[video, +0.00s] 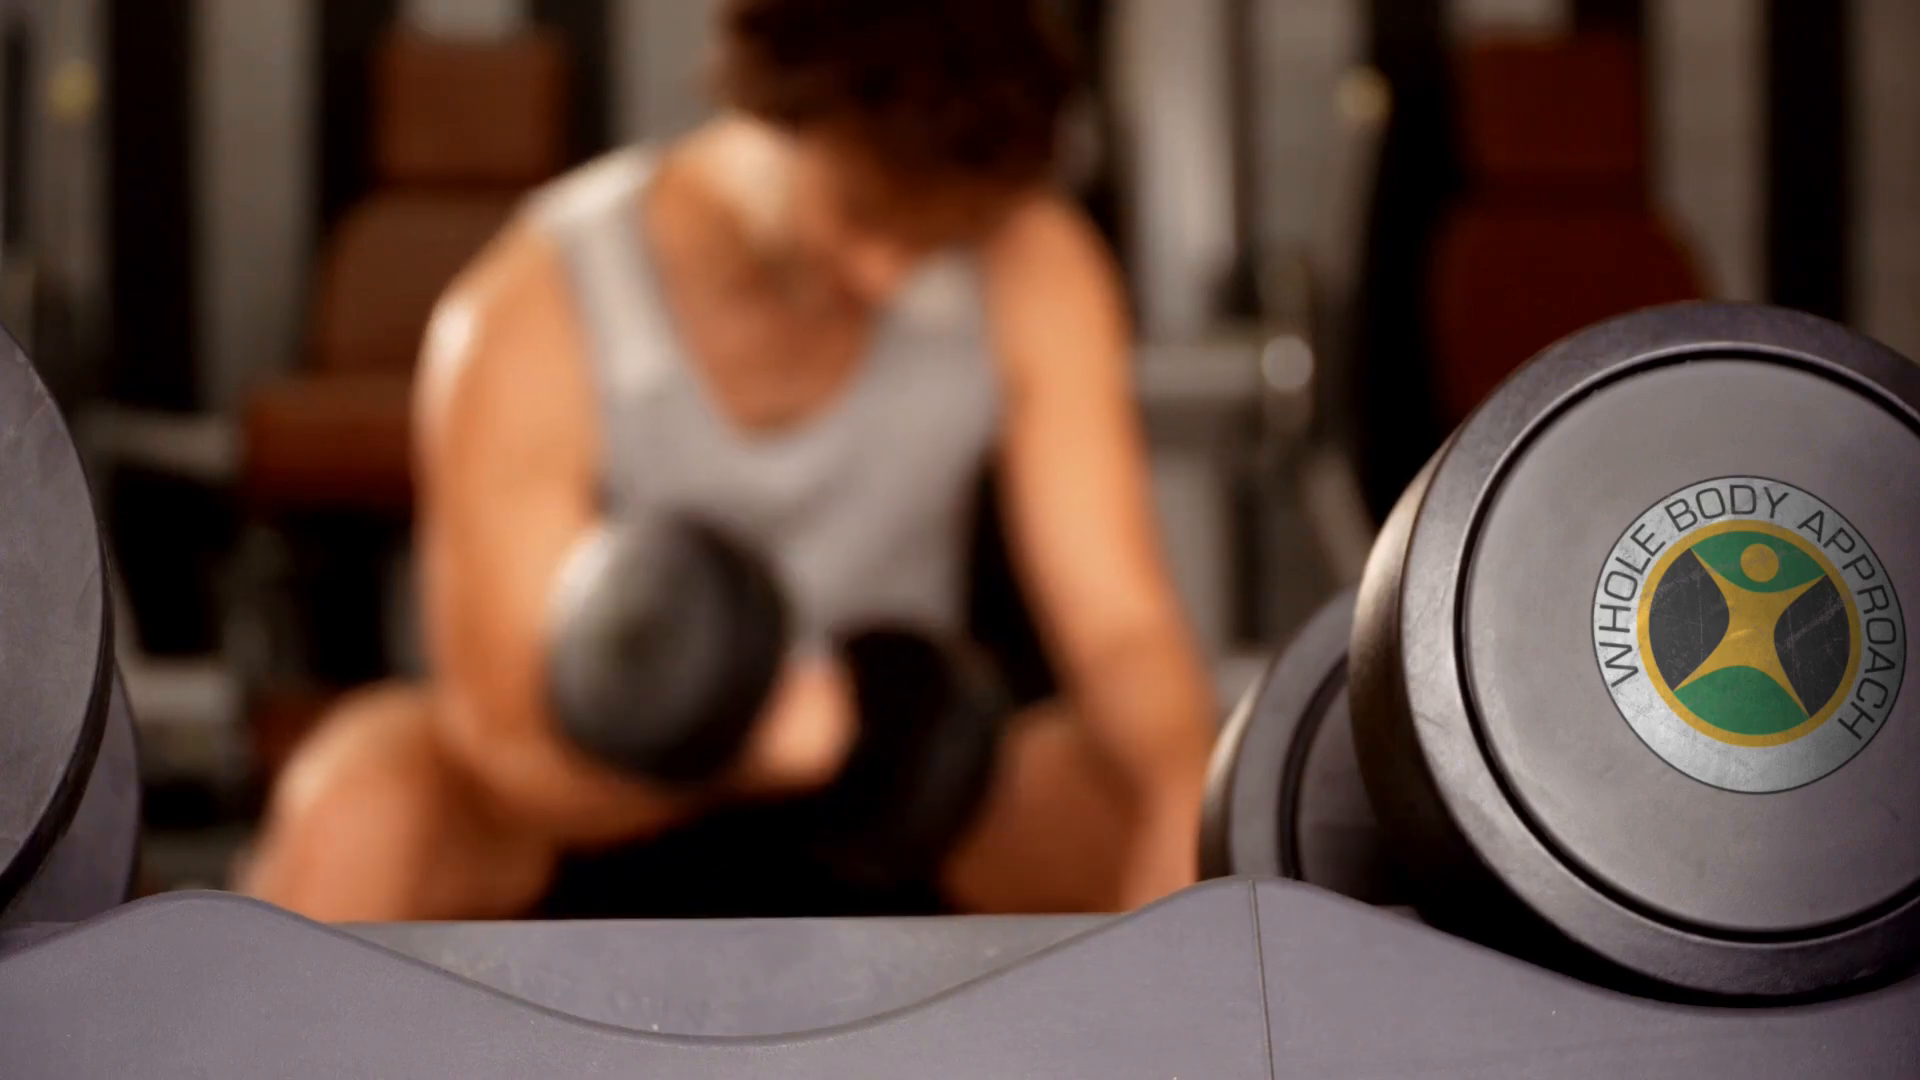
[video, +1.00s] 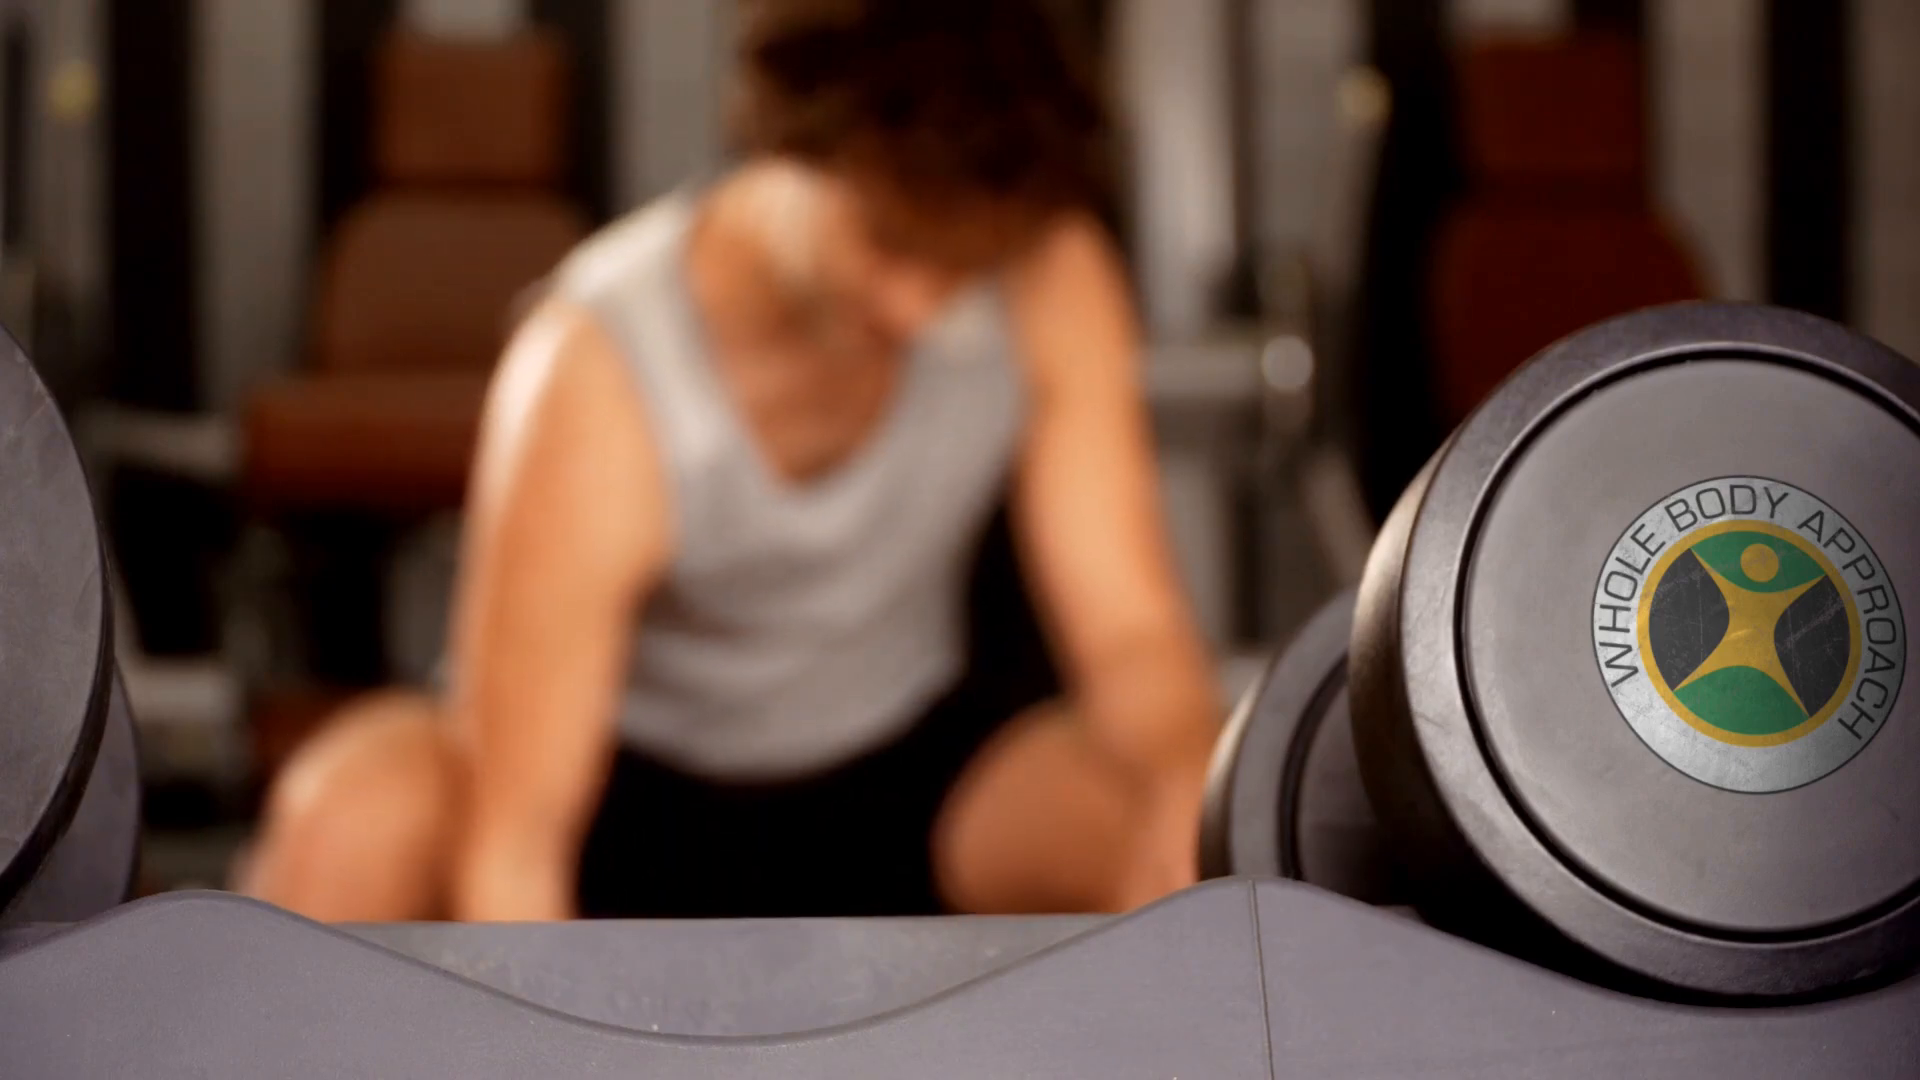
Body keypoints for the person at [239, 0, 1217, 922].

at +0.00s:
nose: (887, 274)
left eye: (934, 236)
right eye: (861, 220)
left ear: (989, 182)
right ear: (773, 125)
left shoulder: (1023, 256)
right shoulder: (525, 315)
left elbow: (1122, 630)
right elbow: (516, 757)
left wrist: (1188, 819)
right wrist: (797, 732)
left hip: (887, 794)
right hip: (597, 804)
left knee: (1197, 804)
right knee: (360, 789)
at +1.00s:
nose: (920, 310)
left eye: (970, 264)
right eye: (890, 246)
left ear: (1023, 221)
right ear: (794, 153)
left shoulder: (1043, 266)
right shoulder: (591, 367)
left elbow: (1132, 642)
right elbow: (519, 834)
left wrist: (1202, 833)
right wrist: (533, 1077)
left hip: (901, 783)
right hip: (621, 800)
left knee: (1196, 813)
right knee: (354, 797)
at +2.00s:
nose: (892, 228)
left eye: (938, 180)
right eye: (857, 166)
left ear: (993, 136)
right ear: (758, 76)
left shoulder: (1015, 255)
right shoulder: (511, 312)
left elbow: (1125, 631)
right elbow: (536, 762)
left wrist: (1189, 847)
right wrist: (829, 705)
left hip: (887, 796)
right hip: (599, 813)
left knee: (1180, 800)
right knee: (377, 793)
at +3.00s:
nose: (870, 209)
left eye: (918, 161)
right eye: (835, 149)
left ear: (970, 126)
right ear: (734, 73)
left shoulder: (1009, 250)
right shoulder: (500, 316)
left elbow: (1120, 624)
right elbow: (516, 745)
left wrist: (1177, 869)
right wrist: (767, 715)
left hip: (894, 785)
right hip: (604, 798)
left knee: (1174, 803)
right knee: (368, 802)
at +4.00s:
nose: (875, 225)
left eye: (927, 179)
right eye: (840, 162)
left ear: (990, 151)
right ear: (749, 90)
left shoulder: (1034, 258)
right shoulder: (566, 342)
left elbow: (1122, 645)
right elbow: (529, 802)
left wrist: (1143, 864)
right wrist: (551, 1063)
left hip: (893, 784)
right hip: (616, 795)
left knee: (1166, 805)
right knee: (362, 801)